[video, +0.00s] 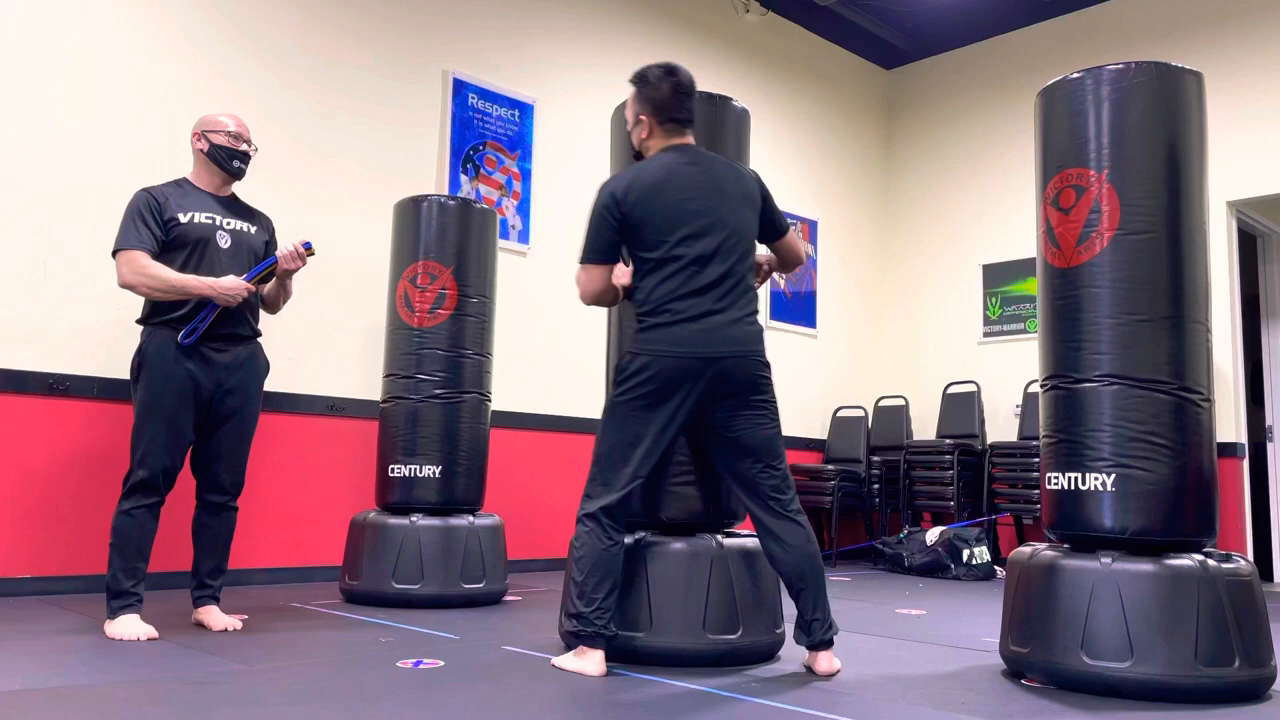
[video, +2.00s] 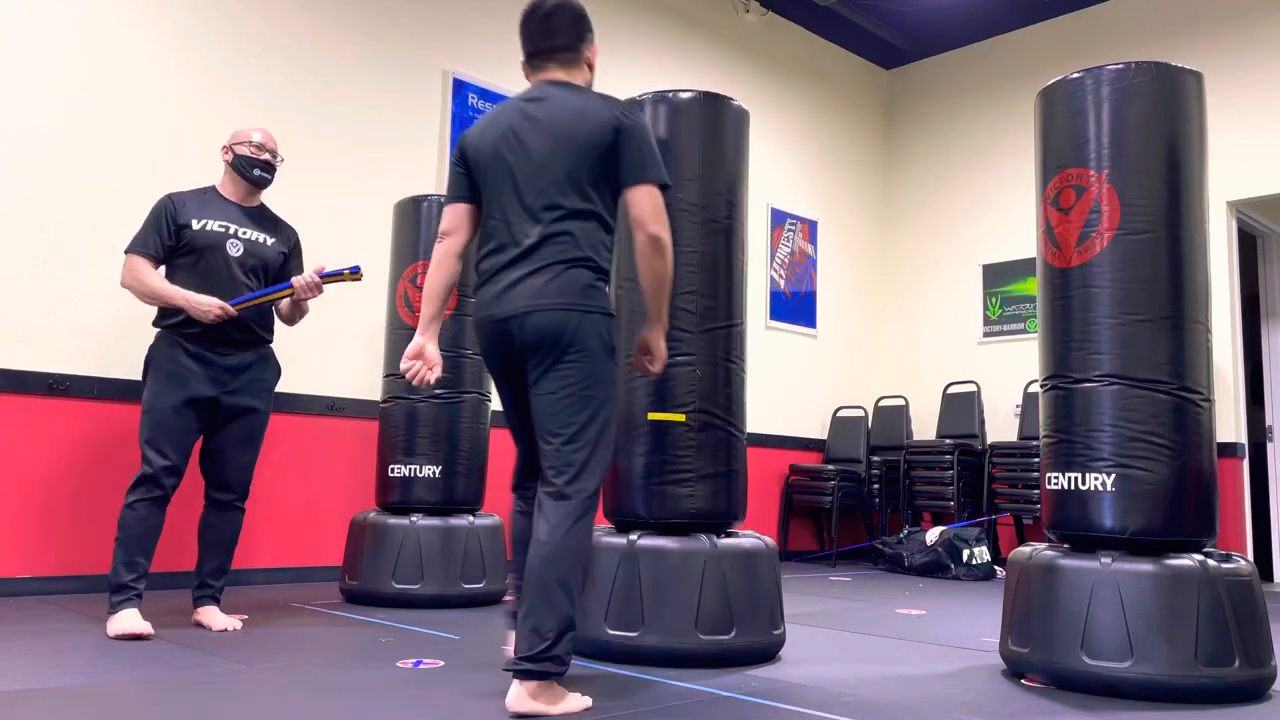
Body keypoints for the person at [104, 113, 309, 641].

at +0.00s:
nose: (245, 148)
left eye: (249, 142)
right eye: (233, 136)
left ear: (249, 154)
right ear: (199, 141)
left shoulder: (258, 224)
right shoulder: (156, 200)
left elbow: (273, 303)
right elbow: (131, 272)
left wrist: (285, 275)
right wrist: (209, 286)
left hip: (239, 363)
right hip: (171, 357)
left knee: (222, 489)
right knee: (149, 481)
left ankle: (207, 601)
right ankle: (123, 609)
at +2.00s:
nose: (264, 154)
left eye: (272, 151)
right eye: (254, 145)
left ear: (278, 169)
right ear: (227, 154)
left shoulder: (284, 236)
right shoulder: (179, 207)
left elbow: (290, 315)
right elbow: (134, 273)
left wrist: (301, 296)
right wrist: (189, 300)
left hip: (249, 372)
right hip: (181, 362)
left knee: (229, 491)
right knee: (157, 478)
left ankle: (208, 601)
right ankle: (125, 603)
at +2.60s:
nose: (182, 170)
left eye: (193, 162)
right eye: (175, 161)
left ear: (220, 167)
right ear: (167, 163)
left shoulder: (249, 232)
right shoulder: (140, 224)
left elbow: (266, 309)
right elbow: (102, 290)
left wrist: (244, 297)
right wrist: (126, 311)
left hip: (219, 372)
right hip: (150, 369)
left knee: (215, 487)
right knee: (134, 484)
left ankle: (207, 602)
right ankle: (125, 596)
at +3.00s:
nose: (143, 169)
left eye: (151, 160)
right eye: (132, 161)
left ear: (165, 163)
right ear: (113, 165)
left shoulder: (200, 223)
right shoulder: (91, 232)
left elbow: (231, 289)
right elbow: (55, 296)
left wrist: (184, 287)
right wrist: (79, 323)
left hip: (181, 370)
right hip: (115, 372)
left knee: (192, 479)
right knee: (119, 484)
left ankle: (203, 594)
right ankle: (124, 595)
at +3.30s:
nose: (147, 163)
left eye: (155, 157)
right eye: (137, 155)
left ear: (164, 166)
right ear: (110, 161)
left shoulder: (189, 224)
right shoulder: (79, 229)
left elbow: (219, 290)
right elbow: (54, 298)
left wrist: (159, 292)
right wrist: (93, 298)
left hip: (172, 369)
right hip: (105, 373)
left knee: (184, 478)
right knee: (116, 484)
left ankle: (194, 593)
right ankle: (124, 594)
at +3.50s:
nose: (156, 162)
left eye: (164, 157)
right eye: (145, 153)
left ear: (172, 170)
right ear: (118, 160)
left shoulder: (192, 228)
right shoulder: (79, 227)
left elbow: (218, 297)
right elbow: (51, 296)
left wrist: (166, 297)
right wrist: (89, 300)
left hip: (172, 370)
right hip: (104, 372)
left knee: (183, 479)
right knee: (115, 485)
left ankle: (193, 591)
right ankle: (124, 594)